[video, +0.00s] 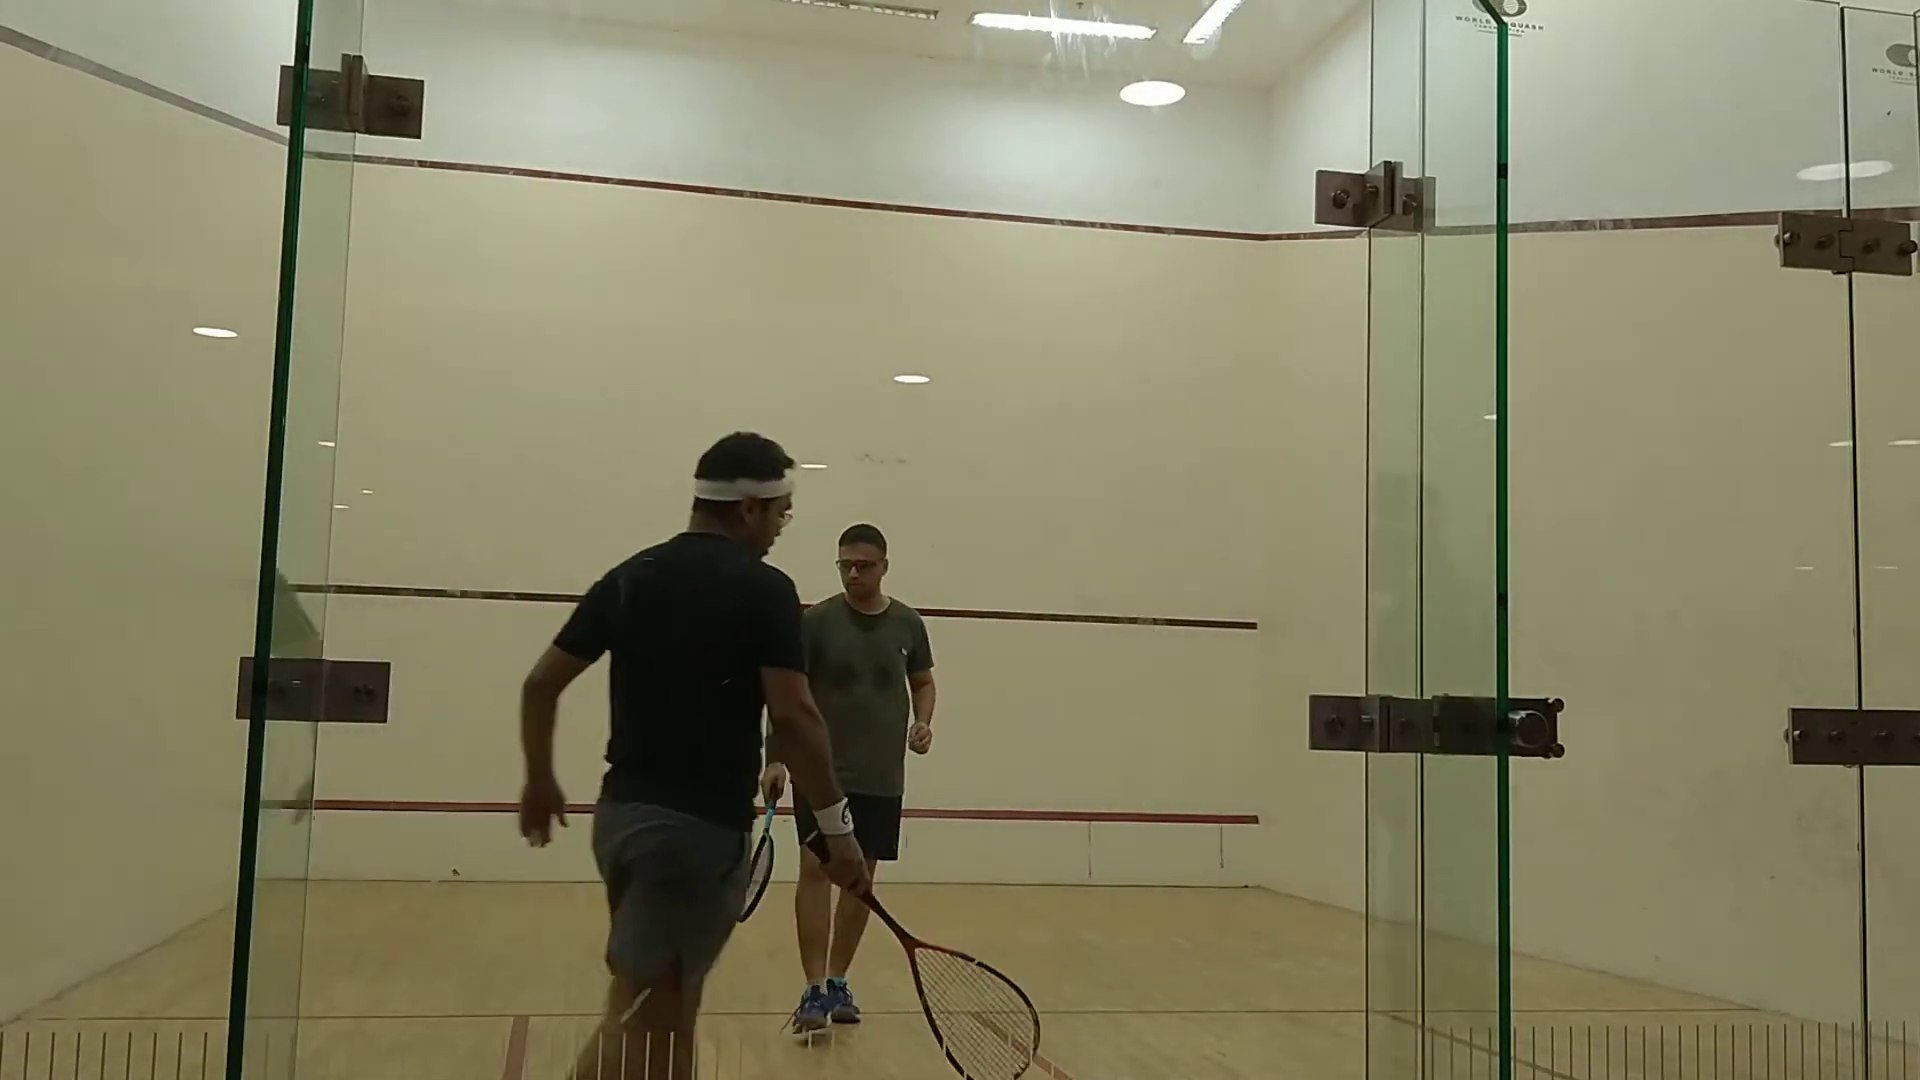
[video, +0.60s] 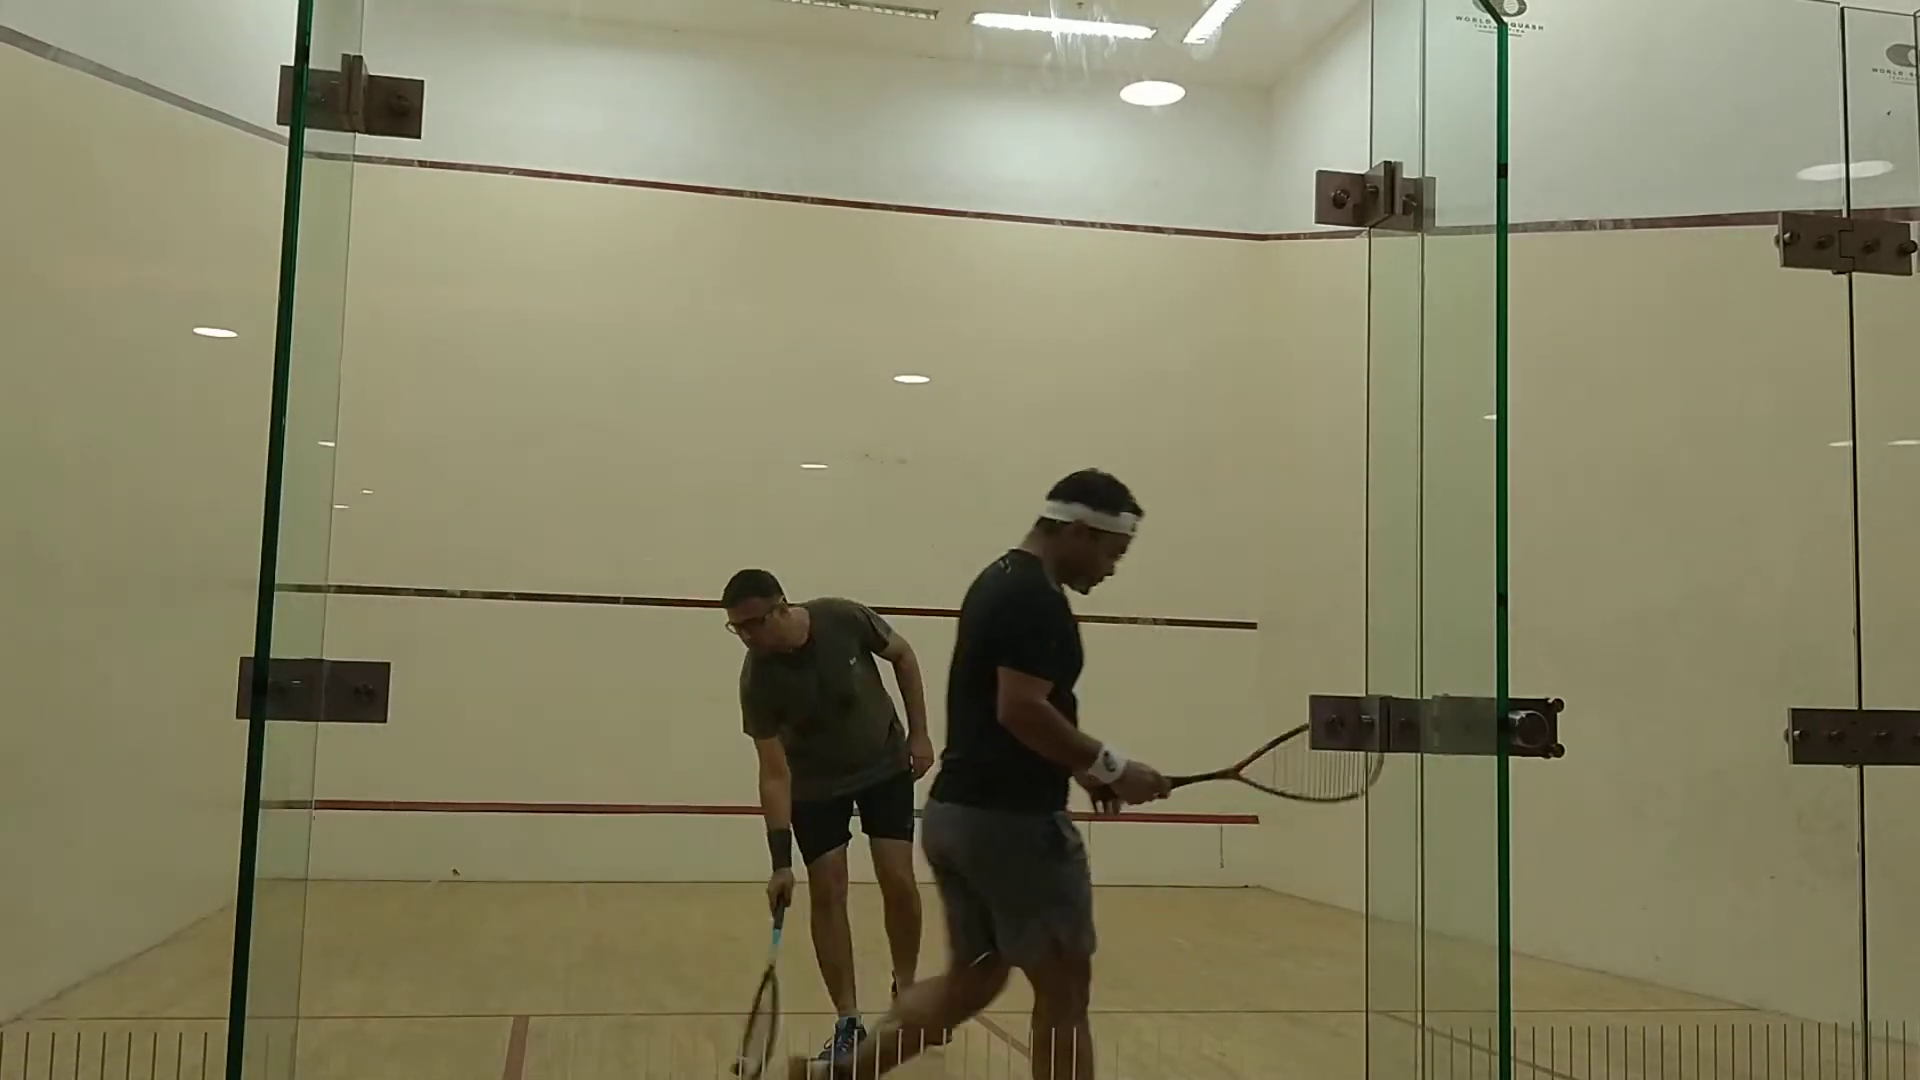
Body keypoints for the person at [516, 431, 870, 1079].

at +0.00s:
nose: (783, 525)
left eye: (785, 511)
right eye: (779, 509)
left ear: (708, 500)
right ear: (748, 507)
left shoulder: (631, 576)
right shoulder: (764, 588)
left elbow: (541, 683)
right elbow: (793, 717)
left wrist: (538, 778)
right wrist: (837, 832)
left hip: (621, 819)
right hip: (700, 832)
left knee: (668, 1013)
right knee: (636, 1016)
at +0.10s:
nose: (829, 528)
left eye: (831, 515)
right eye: (825, 514)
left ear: (758, 505)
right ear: (792, 511)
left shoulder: (686, 574)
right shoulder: (800, 586)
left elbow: (613, 691)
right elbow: (810, 707)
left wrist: (632, 775)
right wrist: (856, 820)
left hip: (671, 822)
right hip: (748, 838)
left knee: (706, 990)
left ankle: (670, 1078)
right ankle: (673, 1070)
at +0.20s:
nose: (882, 532)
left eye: (885, 517)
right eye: (877, 516)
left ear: (821, 509)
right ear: (837, 512)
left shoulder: (745, 572)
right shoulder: (830, 581)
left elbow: (697, 691)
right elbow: (828, 701)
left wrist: (753, 763)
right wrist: (891, 802)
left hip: (720, 812)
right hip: (789, 822)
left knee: (730, 981)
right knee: (860, 979)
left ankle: (699, 1079)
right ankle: (767, 1073)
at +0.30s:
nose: (936, 547)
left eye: (940, 532)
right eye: (932, 530)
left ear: (870, 517)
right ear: (890, 520)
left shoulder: (814, 570)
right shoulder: (862, 588)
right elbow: (852, 704)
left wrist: (890, 773)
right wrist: (936, 786)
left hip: (768, 812)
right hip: (832, 823)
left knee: (750, 977)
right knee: (925, 965)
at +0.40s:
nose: (991, 559)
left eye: (995, 545)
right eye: (988, 542)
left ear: (936, 528)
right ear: (946, 529)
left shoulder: (879, 586)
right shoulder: (910, 602)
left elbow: (900, 714)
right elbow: (896, 715)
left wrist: (959, 777)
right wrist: (990, 779)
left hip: (820, 822)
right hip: (883, 836)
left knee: (778, 984)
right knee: (959, 1002)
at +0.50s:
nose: (1055, 567)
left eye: (1059, 553)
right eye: (1051, 551)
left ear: (999, 539)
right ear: (1011, 542)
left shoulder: (943, 592)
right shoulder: (972, 609)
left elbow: (958, 715)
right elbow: (956, 720)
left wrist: (1033, 781)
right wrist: (1049, 779)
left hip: (890, 824)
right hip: (955, 837)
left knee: (851, 982)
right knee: (1016, 1001)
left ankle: (762, 1073)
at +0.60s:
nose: (1116, 564)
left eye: (1121, 551)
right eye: (1115, 547)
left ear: (1061, 530)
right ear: (1076, 531)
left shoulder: (998, 582)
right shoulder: (1038, 597)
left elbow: (1009, 710)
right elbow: (1022, 709)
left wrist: (1085, 769)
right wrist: (1112, 765)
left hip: (955, 819)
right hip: (1015, 827)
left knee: (976, 978)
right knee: (1064, 987)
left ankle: (840, 1067)